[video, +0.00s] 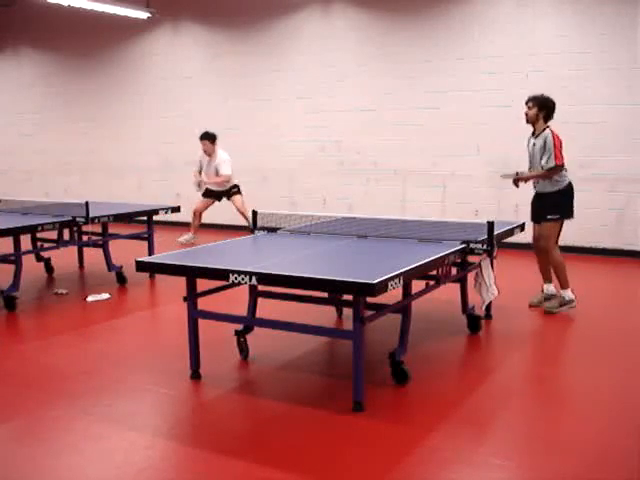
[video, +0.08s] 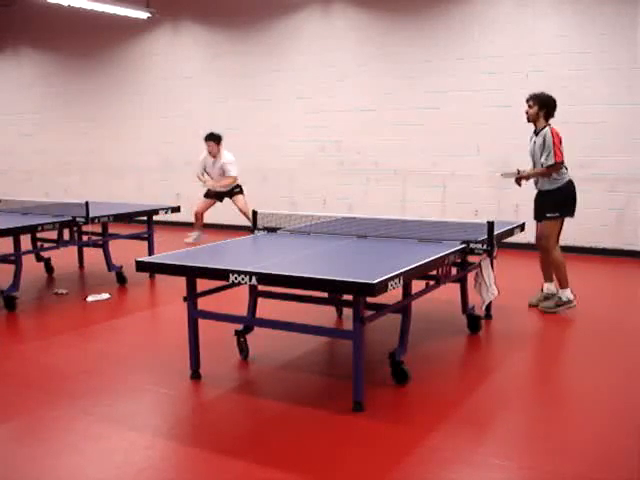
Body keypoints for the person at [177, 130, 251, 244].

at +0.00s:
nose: (203, 148)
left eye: (205, 144)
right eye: (202, 145)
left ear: (213, 144)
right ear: (202, 145)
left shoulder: (222, 157)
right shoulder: (203, 157)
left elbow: (226, 178)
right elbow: (198, 171)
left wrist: (206, 182)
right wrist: (198, 180)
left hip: (229, 188)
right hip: (213, 189)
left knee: (240, 208)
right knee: (197, 211)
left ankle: (255, 228)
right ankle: (193, 234)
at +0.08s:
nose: (208, 149)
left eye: (210, 146)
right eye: (207, 146)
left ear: (218, 145)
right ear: (206, 146)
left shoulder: (227, 158)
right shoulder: (205, 158)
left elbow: (232, 178)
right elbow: (200, 173)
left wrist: (216, 184)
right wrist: (207, 181)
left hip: (232, 187)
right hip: (216, 188)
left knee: (242, 208)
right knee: (198, 212)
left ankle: (258, 227)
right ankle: (197, 233)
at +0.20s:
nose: (232, 156)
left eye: (234, 153)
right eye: (230, 153)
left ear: (239, 153)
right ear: (227, 153)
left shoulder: (246, 164)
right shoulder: (222, 165)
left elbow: (252, 179)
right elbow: (211, 181)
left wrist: (255, 196)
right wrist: (224, 188)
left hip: (241, 194)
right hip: (224, 196)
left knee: (253, 211)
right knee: (209, 219)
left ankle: (262, 231)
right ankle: (204, 236)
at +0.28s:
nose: (245, 156)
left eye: (247, 153)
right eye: (243, 154)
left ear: (251, 153)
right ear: (239, 153)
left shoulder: (256, 163)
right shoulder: (233, 165)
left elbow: (264, 176)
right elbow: (218, 180)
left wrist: (278, 190)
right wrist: (227, 188)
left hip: (249, 195)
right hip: (232, 197)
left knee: (263, 211)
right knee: (213, 221)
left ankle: (270, 234)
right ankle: (202, 234)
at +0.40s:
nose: (256, 150)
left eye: (257, 147)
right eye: (253, 148)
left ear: (260, 146)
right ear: (247, 147)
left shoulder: (265, 154)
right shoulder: (241, 156)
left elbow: (278, 158)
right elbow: (228, 170)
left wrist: (272, 147)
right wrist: (238, 170)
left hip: (258, 190)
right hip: (241, 191)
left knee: (270, 210)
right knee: (223, 218)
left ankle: (273, 234)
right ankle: (214, 231)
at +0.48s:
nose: (256, 148)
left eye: (258, 145)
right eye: (253, 146)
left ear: (261, 144)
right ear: (249, 145)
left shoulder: (268, 151)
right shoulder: (244, 154)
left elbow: (279, 142)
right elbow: (225, 159)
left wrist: (263, 133)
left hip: (262, 190)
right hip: (244, 191)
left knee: (276, 208)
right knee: (227, 217)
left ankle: (279, 232)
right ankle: (221, 231)